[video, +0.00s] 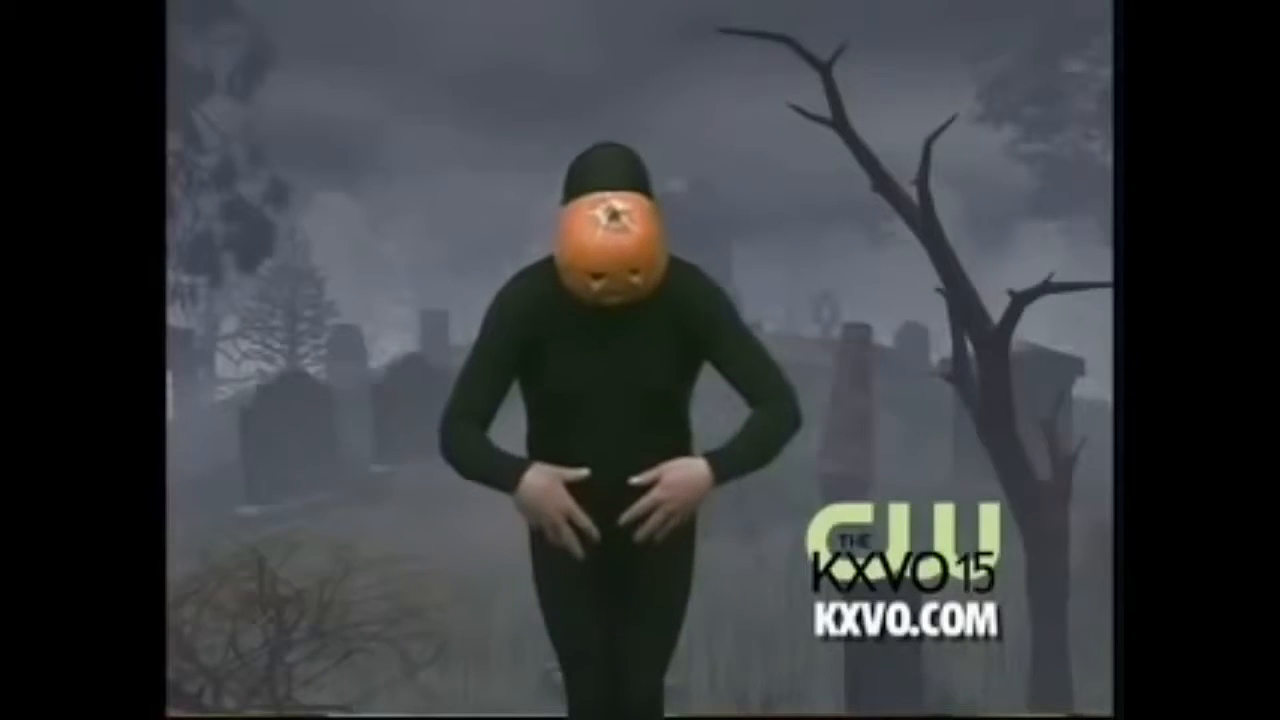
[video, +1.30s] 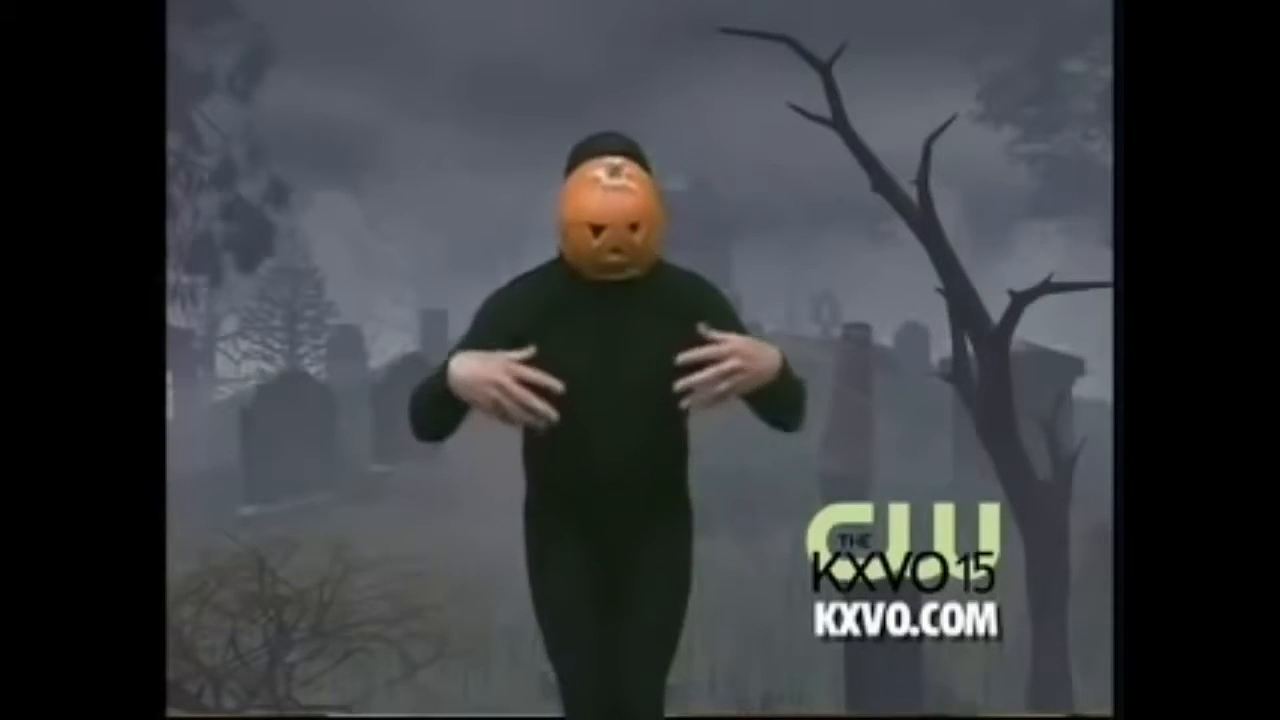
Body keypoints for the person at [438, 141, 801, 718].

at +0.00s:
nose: (609, 220)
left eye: (626, 206)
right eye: (592, 206)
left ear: (653, 219)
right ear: (565, 221)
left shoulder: (687, 294)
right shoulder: (528, 299)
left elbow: (780, 409)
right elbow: (458, 435)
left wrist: (710, 471)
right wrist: (520, 478)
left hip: (660, 527)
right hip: (562, 528)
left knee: (639, 694)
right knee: (589, 694)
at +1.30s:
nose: (614, 242)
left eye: (632, 226)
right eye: (596, 227)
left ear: (659, 219)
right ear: (562, 219)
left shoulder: (690, 301)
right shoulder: (521, 305)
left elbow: (787, 415)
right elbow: (428, 425)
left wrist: (771, 368)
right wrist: (453, 378)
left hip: (657, 532)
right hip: (562, 535)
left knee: (639, 695)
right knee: (586, 696)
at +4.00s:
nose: (616, 183)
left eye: (633, 172)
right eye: (595, 171)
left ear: (658, 201)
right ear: (560, 202)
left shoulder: (701, 281)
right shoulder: (507, 284)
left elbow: (818, 248)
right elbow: (379, 253)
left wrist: (866, 160)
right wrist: (328, 161)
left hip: (666, 557)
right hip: (556, 562)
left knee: (724, 710)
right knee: (559, 713)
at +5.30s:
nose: (616, 189)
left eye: (632, 179)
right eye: (595, 178)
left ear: (659, 200)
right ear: (562, 202)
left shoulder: (690, 267)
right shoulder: (515, 268)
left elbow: (790, 183)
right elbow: (402, 185)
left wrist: (838, 81)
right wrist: (344, 68)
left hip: (664, 560)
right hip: (553, 564)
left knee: (726, 709)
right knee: (546, 711)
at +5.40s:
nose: (617, 188)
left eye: (634, 178)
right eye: (597, 177)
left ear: (660, 199)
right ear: (562, 200)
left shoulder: (689, 267)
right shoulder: (516, 267)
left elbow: (786, 176)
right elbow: (408, 177)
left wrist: (833, 70)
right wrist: (352, 53)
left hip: (665, 560)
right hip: (553, 565)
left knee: (725, 710)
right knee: (546, 711)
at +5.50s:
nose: (618, 189)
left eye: (634, 179)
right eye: (598, 178)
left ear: (660, 200)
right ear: (563, 202)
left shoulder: (690, 267)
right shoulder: (517, 267)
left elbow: (781, 172)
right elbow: (413, 171)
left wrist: (827, 54)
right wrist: (363, 40)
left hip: (666, 560)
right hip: (554, 565)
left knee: (727, 710)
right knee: (545, 711)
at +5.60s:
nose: (619, 190)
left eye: (635, 180)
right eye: (598, 179)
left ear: (661, 202)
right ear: (563, 203)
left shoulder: (689, 267)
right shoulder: (518, 267)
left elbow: (780, 170)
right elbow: (421, 171)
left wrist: (815, 46)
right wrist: (383, 33)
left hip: (666, 560)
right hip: (554, 564)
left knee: (727, 710)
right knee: (545, 711)